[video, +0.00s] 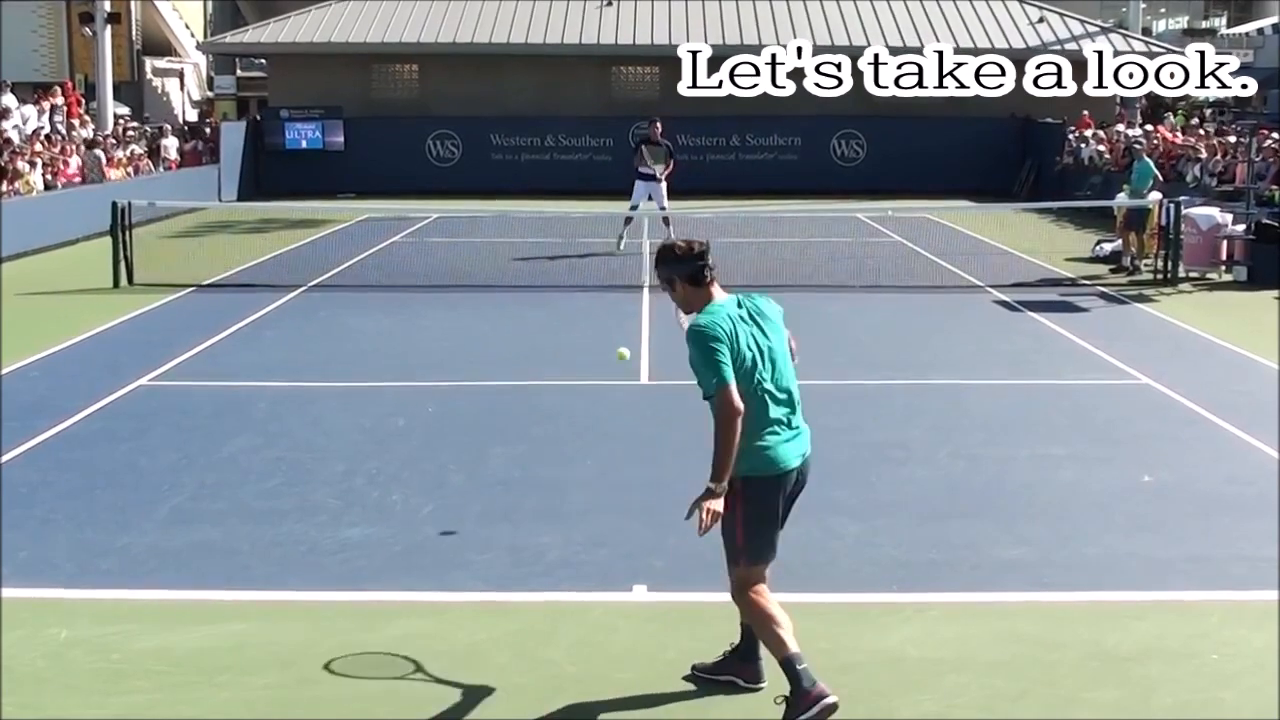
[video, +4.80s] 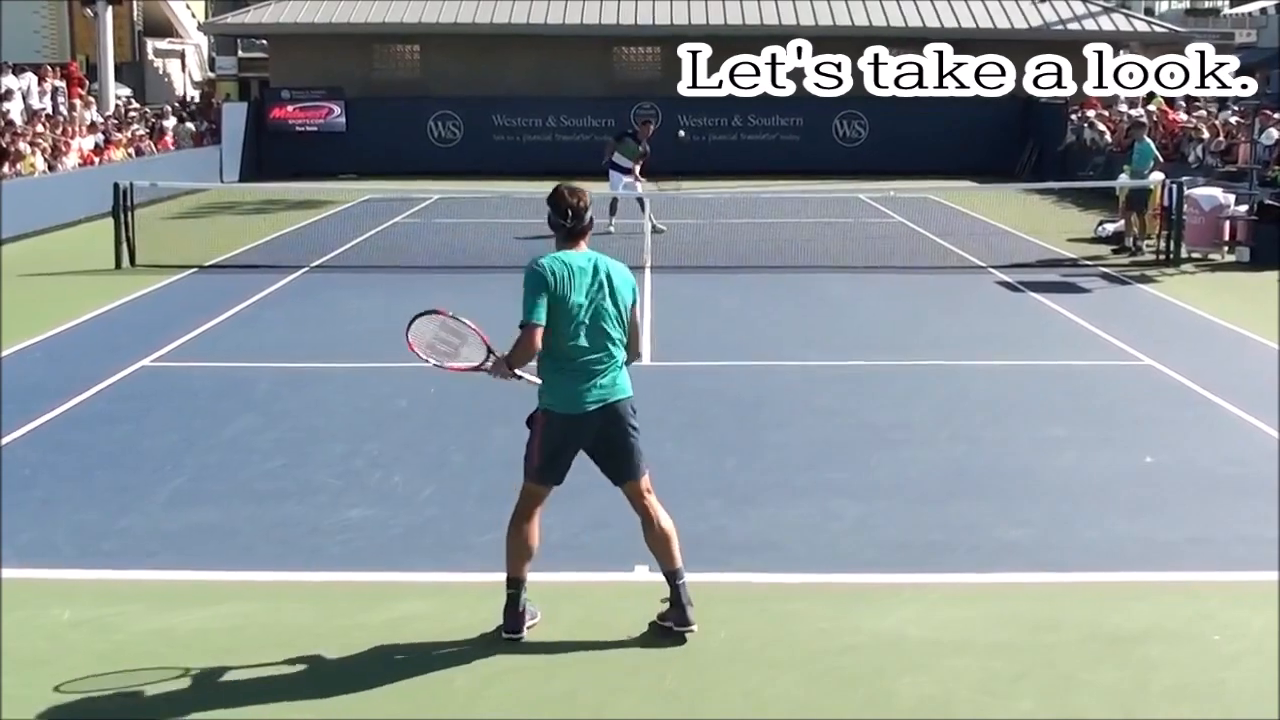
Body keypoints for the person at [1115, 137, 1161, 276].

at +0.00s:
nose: (1134, 152)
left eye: (1137, 149)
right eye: (1133, 149)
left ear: (1143, 149)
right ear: (1132, 150)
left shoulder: (1148, 163)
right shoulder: (1135, 164)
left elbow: (1159, 179)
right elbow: (1136, 181)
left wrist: (1147, 192)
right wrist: (1129, 188)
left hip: (1143, 204)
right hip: (1132, 203)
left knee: (1139, 234)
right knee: (1124, 231)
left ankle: (1138, 264)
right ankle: (1125, 262)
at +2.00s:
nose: (1127, 154)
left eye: (1130, 151)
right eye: (1127, 151)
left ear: (1136, 152)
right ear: (1127, 153)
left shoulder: (1142, 165)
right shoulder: (1129, 165)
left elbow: (1154, 182)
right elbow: (1128, 183)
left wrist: (1142, 195)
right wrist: (1123, 191)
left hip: (1137, 204)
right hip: (1126, 203)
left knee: (1134, 235)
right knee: (1120, 234)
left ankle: (1134, 266)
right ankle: (1124, 264)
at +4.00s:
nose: (1125, 148)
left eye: (1128, 145)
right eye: (1124, 145)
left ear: (1134, 145)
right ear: (1123, 146)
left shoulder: (1139, 159)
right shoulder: (1125, 159)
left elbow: (1151, 176)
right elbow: (1125, 176)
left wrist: (1138, 188)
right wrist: (1121, 186)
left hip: (1134, 199)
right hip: (1123, 197)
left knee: (1130, 229)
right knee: (1115, 227)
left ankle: (1130, 259)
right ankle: (1116, 258)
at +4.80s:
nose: (1133, 133)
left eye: (1136, 130)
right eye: (1133, 130)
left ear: (1143, 130)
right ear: (1133, 132)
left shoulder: (1148, 143)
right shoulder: (1137, 144)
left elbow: (1159, 160)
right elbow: (1138, 161)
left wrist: (1148, 172)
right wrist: (1130, 169)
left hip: (1143, 183)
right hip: (1133, 182)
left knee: (1140, 214)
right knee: (1127, 213)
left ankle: (1140, 245)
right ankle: (1128, 243)